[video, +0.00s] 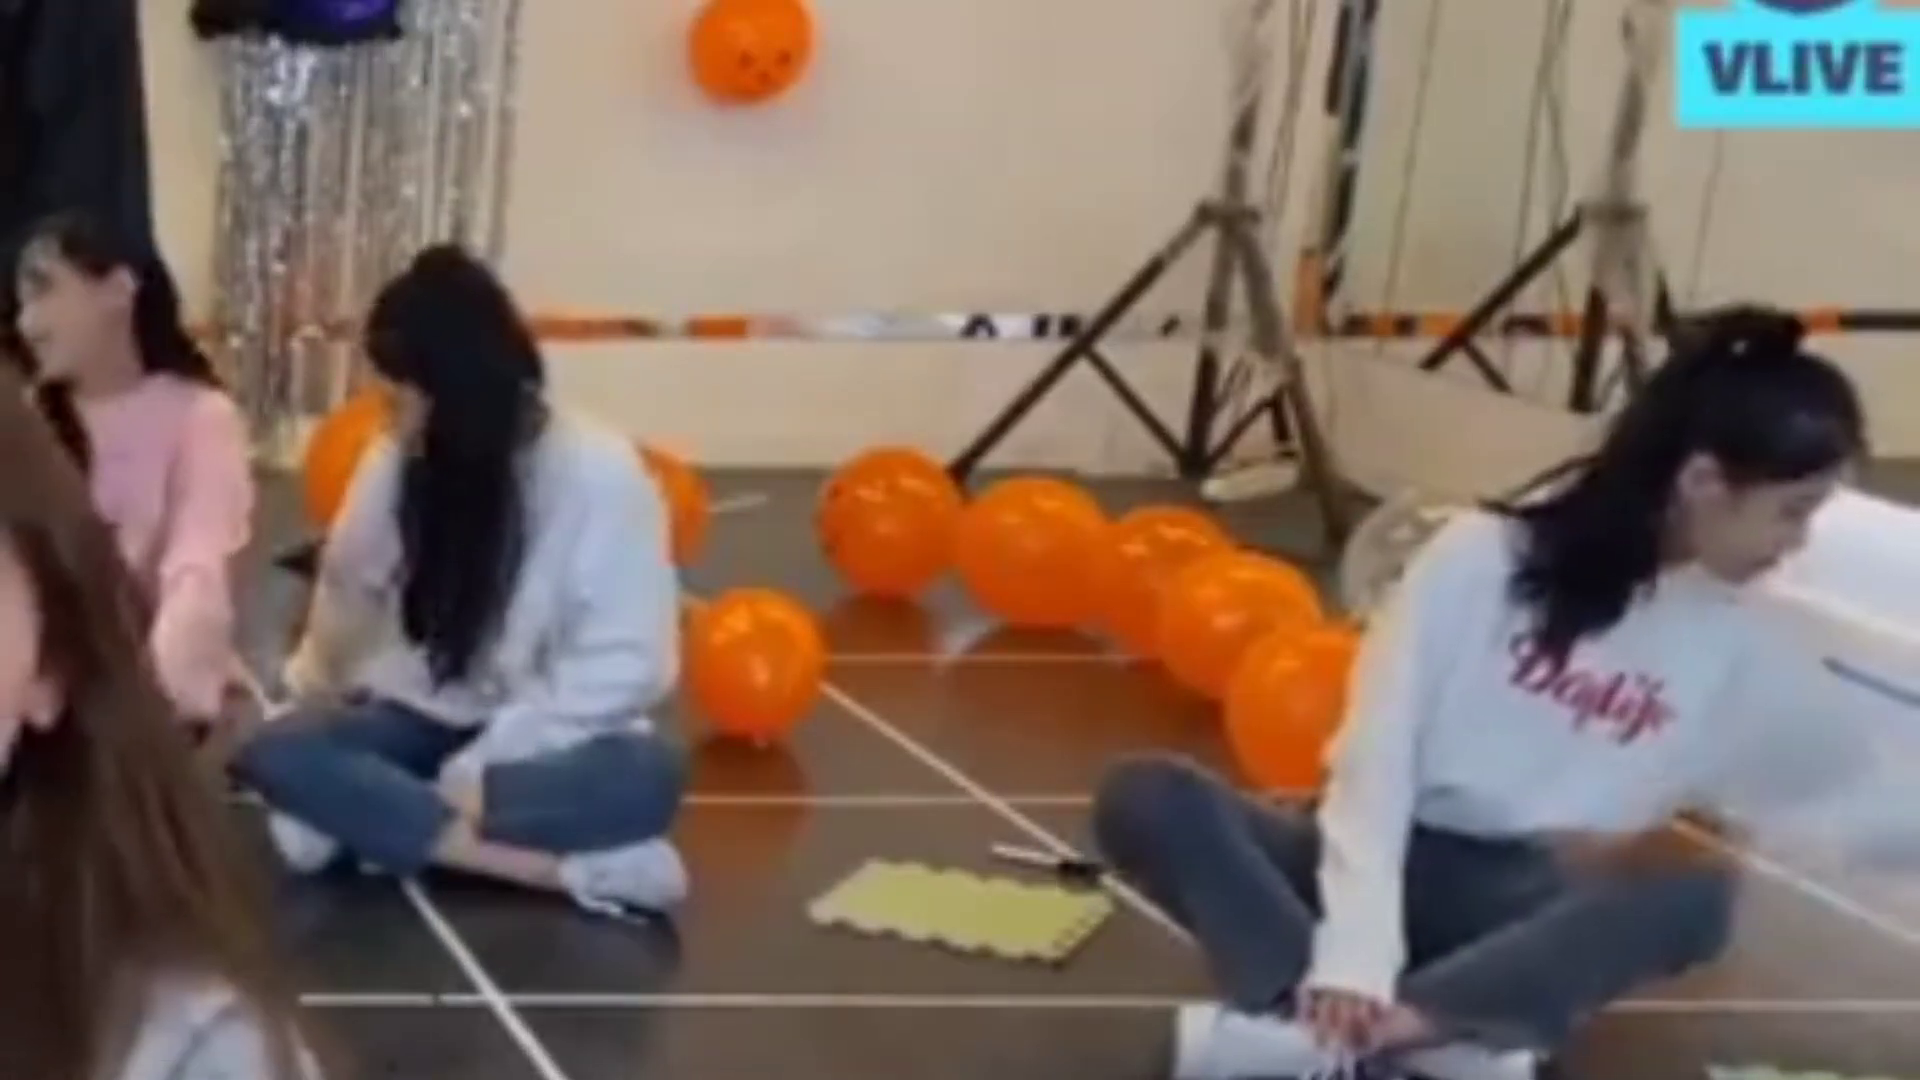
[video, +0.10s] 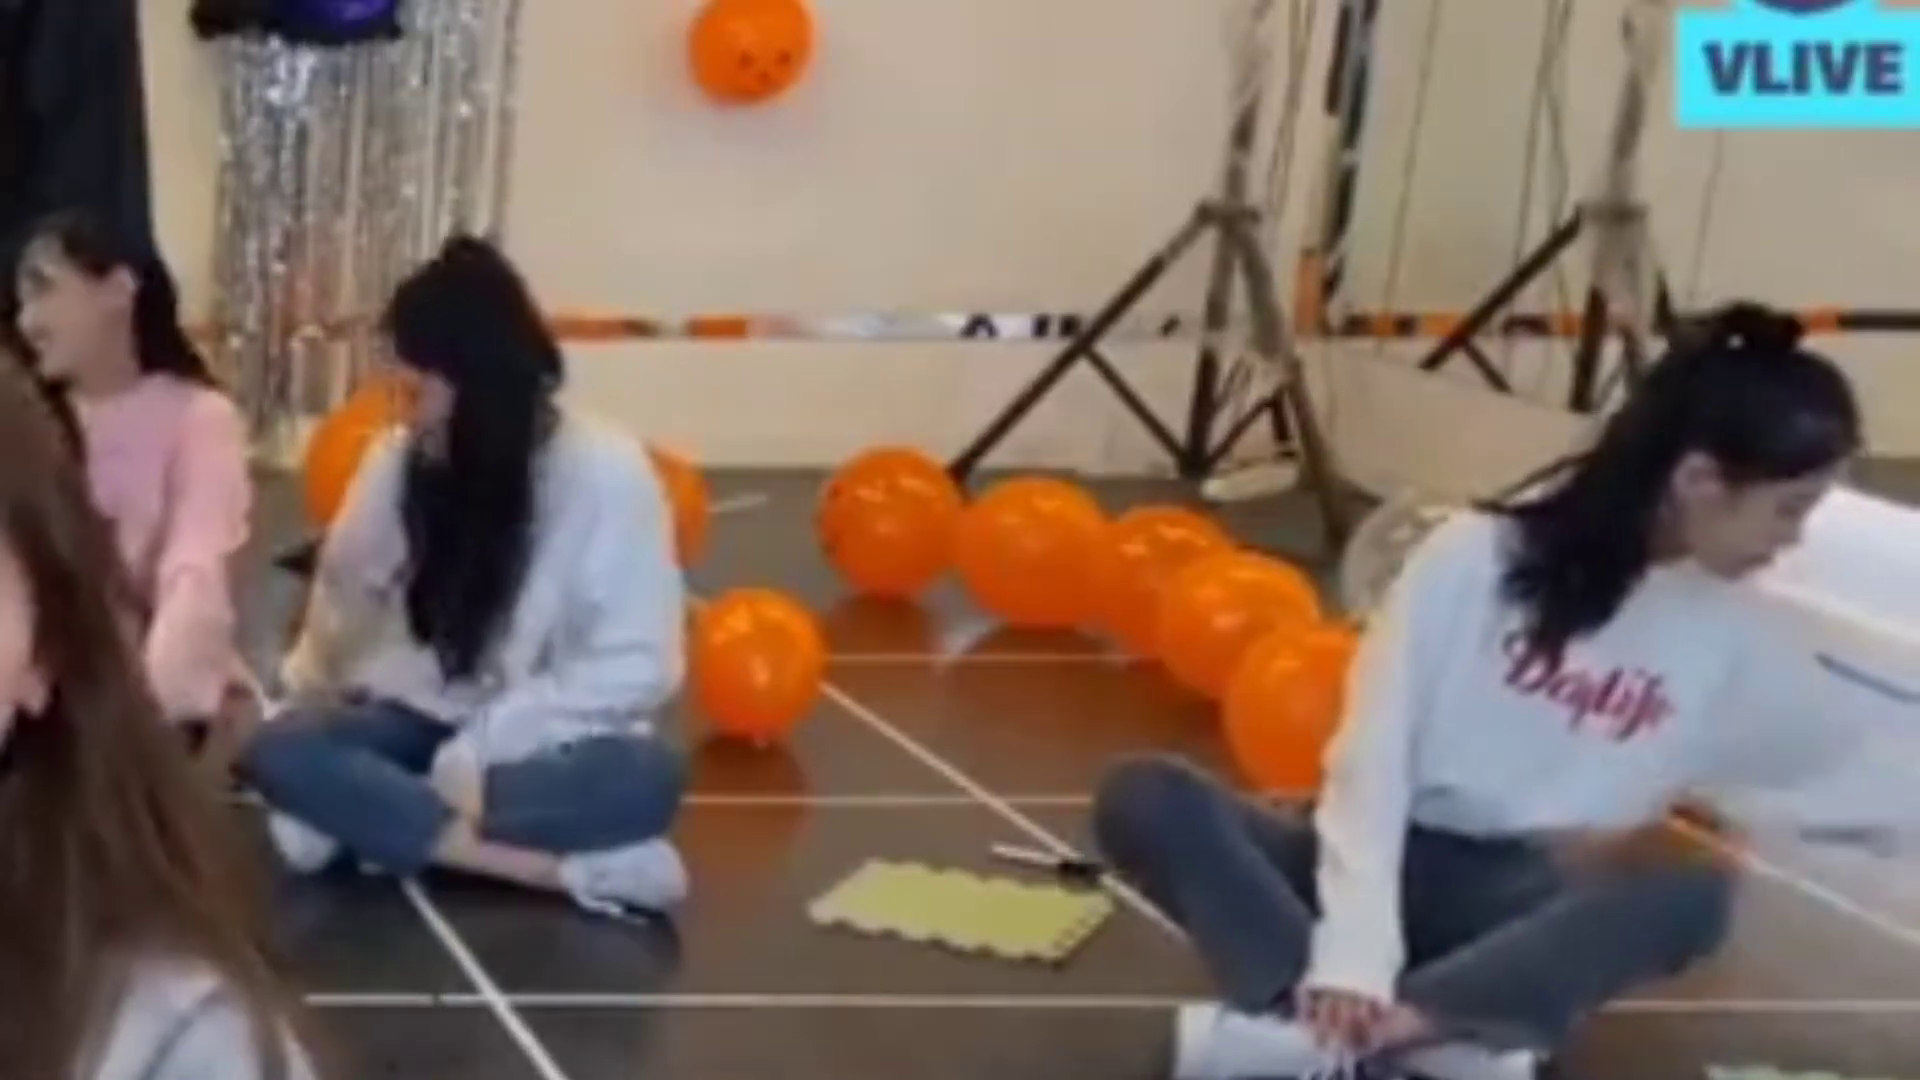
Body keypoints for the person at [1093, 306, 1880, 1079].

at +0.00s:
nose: (1804, 537)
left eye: (1815, 511)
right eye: (1794, 508)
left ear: (1707, 485)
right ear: (1700, 481)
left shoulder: (1750, 651)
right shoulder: (1476, 557)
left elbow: (1883, 789)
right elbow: (1370, 764)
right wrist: (1354, 958)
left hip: (1515, 892)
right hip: (1364, 857)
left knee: (1696, 900)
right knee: (1143, 793)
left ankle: (1320, 1041)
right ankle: (1400, 1050)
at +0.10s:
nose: (1795, 538)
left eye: (1810, 512)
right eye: (1788, 508)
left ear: (1711, 489)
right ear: (1699, 480)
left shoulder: (1731, 647)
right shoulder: (1471, 555)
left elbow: (1893, 772)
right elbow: (1366, 760)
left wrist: (1740, 816)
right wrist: (1351, 952)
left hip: (1503, 892)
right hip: (1359, 852)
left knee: (1689, 897)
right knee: (1142, 792)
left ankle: (1322, 1042)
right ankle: (1407, 1047)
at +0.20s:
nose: (1796, 539)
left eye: (1810, 514)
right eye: (1789, 511)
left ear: (1711, 492)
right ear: (1700, 483)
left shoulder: (1720, 638)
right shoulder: (1471, 557)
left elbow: (1718, 827)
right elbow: (1363, 760)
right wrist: (1351, 953)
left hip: (1500, 892)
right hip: (1360, 855)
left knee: (1691, 901)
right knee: (1139, 796)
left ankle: (1326, 1041)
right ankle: (1406, 1046)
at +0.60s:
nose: (1718, 513)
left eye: (1734, 487)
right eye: (1706, 484)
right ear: (1607, 453)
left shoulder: (1680, 627)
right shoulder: (1418, 554)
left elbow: (1689, 821)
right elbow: (1345, 774)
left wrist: (1859, 849)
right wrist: (1469, 884)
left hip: (1508, 899)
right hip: (1354, 866)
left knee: (1680, 890)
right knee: (1119, 816)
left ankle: (1328, 1033)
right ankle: (1393, 1042)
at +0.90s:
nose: (1599, 485)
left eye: (1620, 457)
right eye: (1576, 453)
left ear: (1637, 446)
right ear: (1472, 421)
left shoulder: (1621, 598)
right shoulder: (1320, 570)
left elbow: (1719, 779)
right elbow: (1258, 792)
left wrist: (1892, 844)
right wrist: (1360, 897)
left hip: (1481, 895)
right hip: (1309, 875)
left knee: (1672, 880)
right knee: (1091, 845)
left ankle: (1315, 1032)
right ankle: (1398, 1040)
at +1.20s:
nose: (1626, 531)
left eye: (1647, 501)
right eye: (1597, 497)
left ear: (1671, 492)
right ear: (1498, 472)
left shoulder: (1661, 654)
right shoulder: (1368, 600)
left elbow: (1818, 807)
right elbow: (1242, 763)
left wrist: (1906, 878)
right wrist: (1259, 918)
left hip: (1478, 921)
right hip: (1306, 891)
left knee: (1682, 915)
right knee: (1081, 863)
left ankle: (1328, 1032)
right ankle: (1415, 1043)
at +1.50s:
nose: (1701, 629)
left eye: (1729, 601)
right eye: (1675, 589)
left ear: (1753, 596)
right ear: (1578, 554)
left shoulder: (1725, 748)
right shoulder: (1417, 666)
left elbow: (1803, 896)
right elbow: (1263, 809)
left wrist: (1831, 972)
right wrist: (1256, 981)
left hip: (1502, 948)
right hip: (1344, 894)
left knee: (1692, 947)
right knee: (1092, 857)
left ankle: (1329, 1024)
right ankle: (1406, 1041)